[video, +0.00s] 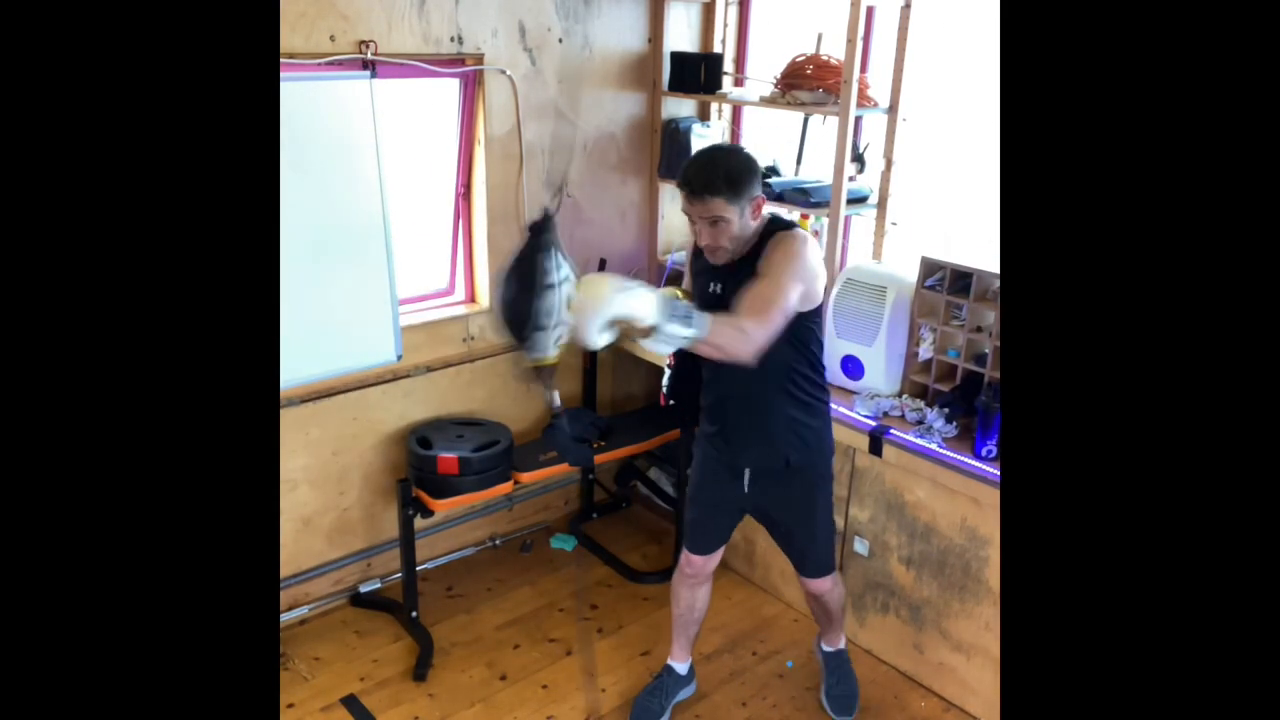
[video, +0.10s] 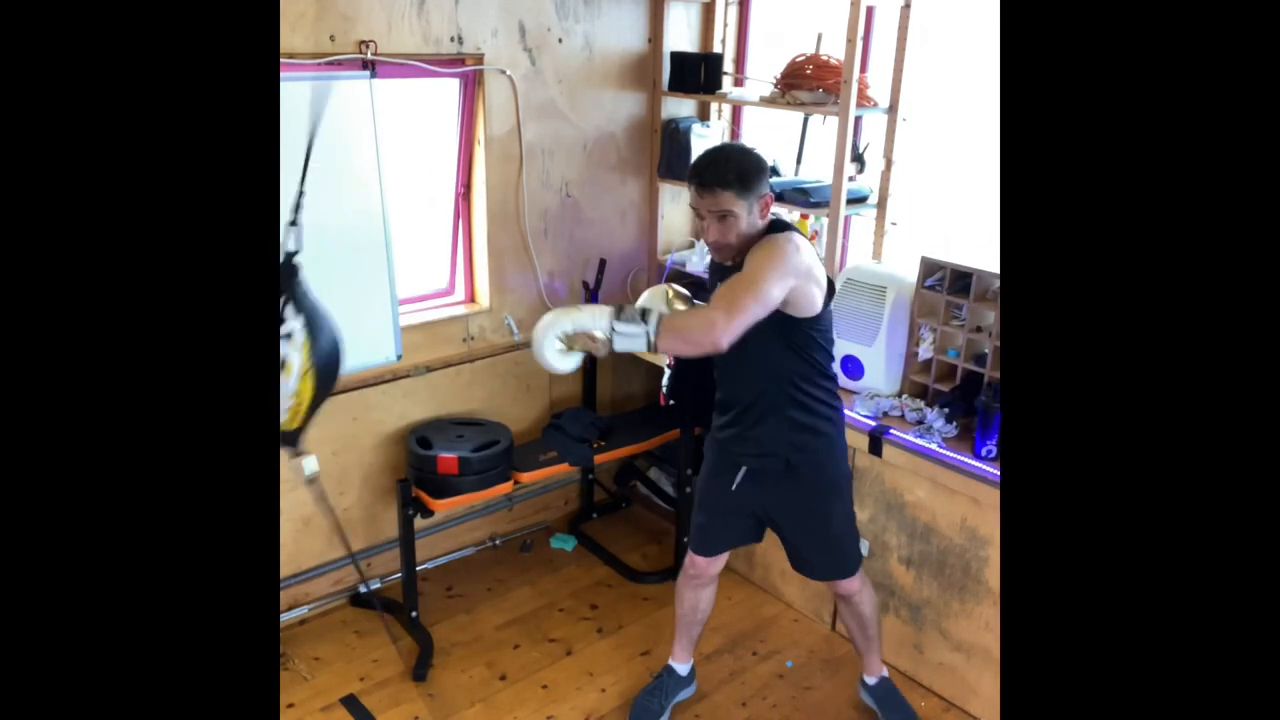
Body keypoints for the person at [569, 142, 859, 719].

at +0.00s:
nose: (701, 237)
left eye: (715, 223)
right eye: (693, 221)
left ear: (756, 207)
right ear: (686, 209)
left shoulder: (794, 251)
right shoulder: (701, 254)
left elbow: (745, 342)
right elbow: (695, 334)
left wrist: (659, 312)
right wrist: (635, 327)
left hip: (793, 445)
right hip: (720, 440)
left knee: (820, 584)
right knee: (693, 564)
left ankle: (834, 650)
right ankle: (678, 669)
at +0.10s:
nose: (708, 232)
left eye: (722, 218)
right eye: (701, 217)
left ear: (762, 207)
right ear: (694, 207)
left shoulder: (786, 252)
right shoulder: (728, 259)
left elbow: (713, 330)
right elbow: (721, 328)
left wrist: (618, 329)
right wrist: (667, 312)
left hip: (807, 446)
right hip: (735, 442)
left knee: (848, 582)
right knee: (699, 565)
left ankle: (875, 677)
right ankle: (680, 669)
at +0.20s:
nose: (733, 240)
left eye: (748, 224)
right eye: (721, 224)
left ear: (781, 212)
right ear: (710, 216)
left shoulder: (807, 269)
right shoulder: (742, 261)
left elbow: (779, 387)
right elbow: (749, 342)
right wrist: (697, 323)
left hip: (822, 455)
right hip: (748, 446)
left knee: (869, 599)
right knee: (703, 572)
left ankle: (905, 709)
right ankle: (680, 671)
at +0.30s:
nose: (798, 242)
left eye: (812, 226)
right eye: (783, 227)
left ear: (831, 218)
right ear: (760, 221)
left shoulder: (858, 280)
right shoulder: (760, 267)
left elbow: (884, 401)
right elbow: (741, 349)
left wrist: (793, 422)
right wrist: (701, 324)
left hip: (844, 471)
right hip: (764, 458)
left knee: (882, 624)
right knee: (710, 579)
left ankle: (913, 710)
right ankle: (681, 671)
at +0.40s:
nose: (876, 246)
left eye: (890, 230)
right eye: (860, 228)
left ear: (904, 224)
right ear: (832, 217)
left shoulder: (928, 276)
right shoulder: (787, 265)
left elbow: (961, 381)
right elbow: (720, 363)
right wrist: (745, 343)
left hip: (874, 464)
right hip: (787, 455)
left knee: (898, 620)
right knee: (722, 582)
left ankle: (916, 714)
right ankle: (680, 671)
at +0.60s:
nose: (950, 260)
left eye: (969, 246)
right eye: (938, 239)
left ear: (989, 239)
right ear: (917, 219)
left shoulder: (985, 281)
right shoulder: (861, 273)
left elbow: (981, 375)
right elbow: (817, 387)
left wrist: (984, 379)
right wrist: (891, 418)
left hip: (910, 472)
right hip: (826, 459)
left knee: (913, 611)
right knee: (766, 593)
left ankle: (916, 715)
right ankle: (716, 697)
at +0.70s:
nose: (941, 260)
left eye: (960, 246)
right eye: (930, 239)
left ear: (990, 238)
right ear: (915, 220)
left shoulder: (995, 288)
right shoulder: (863, 270)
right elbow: (808, 362)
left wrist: (991, 373)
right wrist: (856, 375)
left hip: (925, 476)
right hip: (840, 464)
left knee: (922, 620)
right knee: (778, 598)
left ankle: (918, 715)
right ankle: (733, 703)